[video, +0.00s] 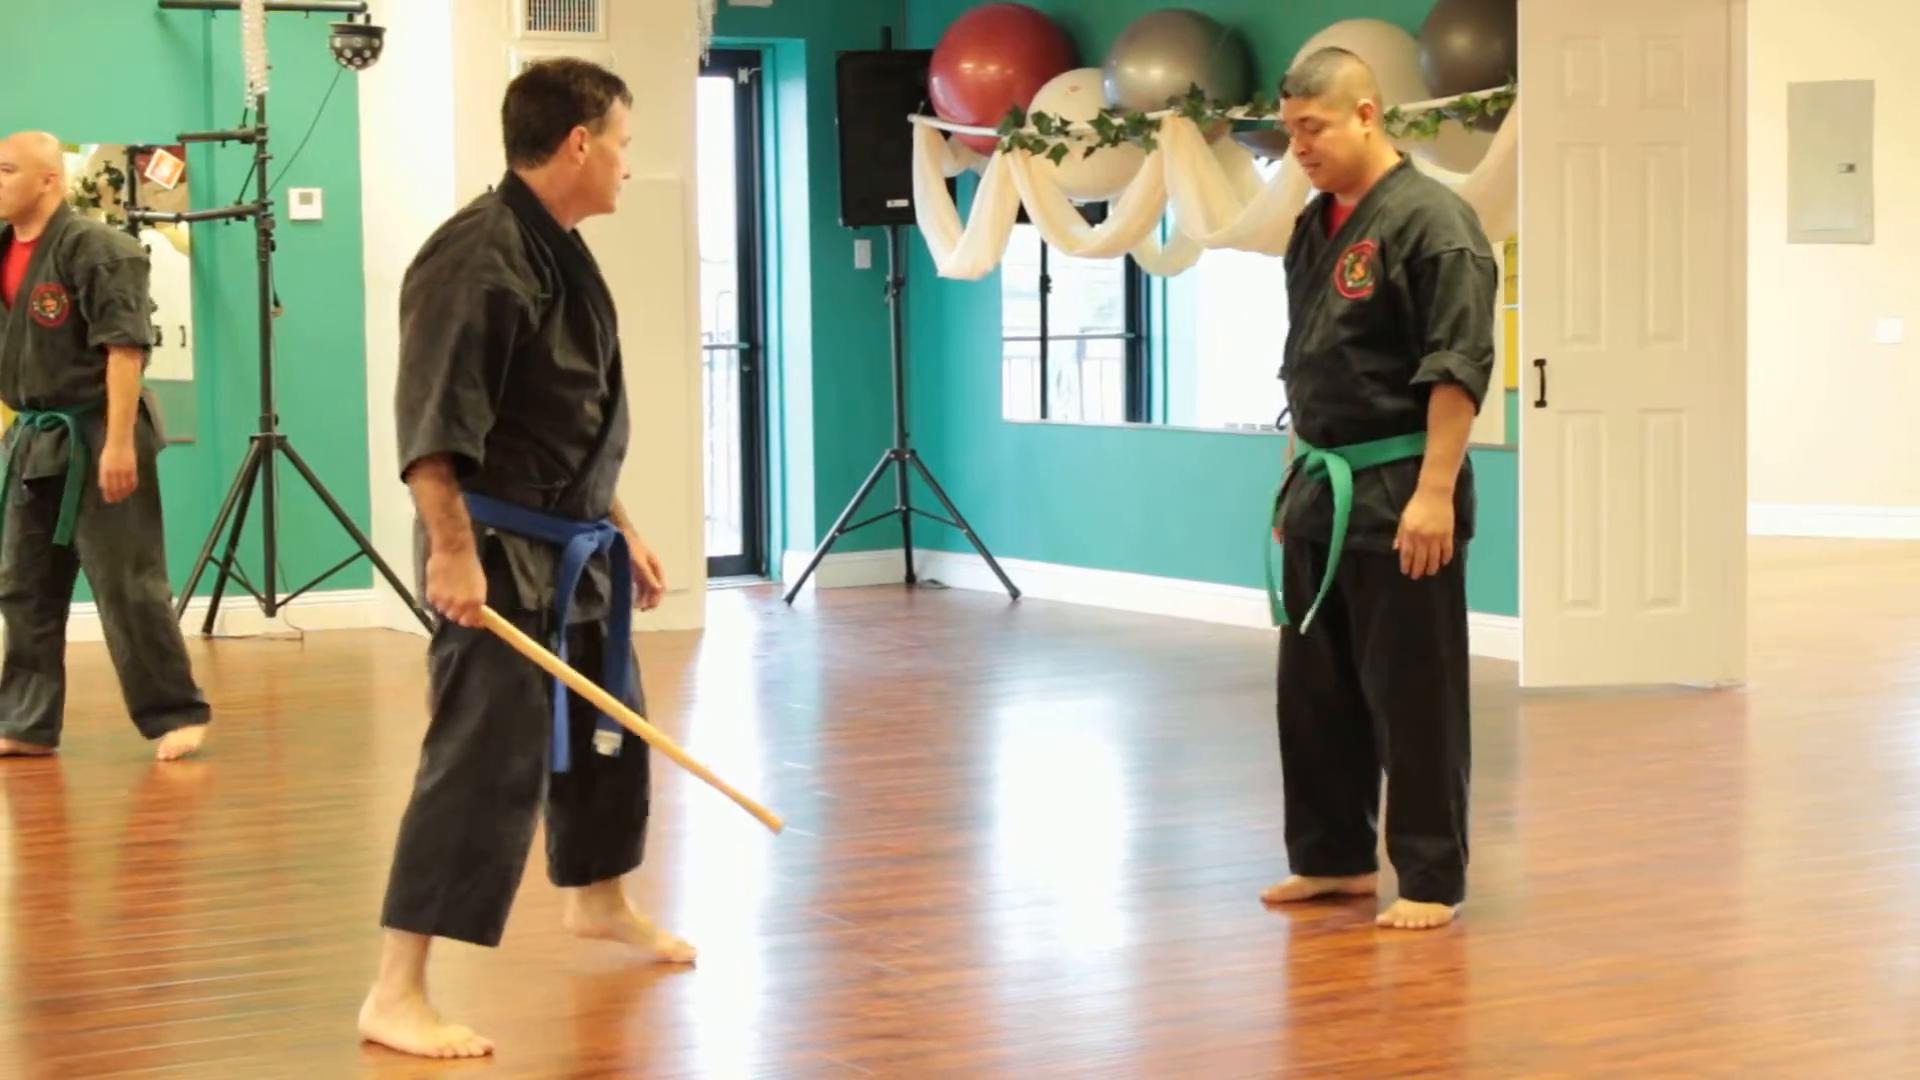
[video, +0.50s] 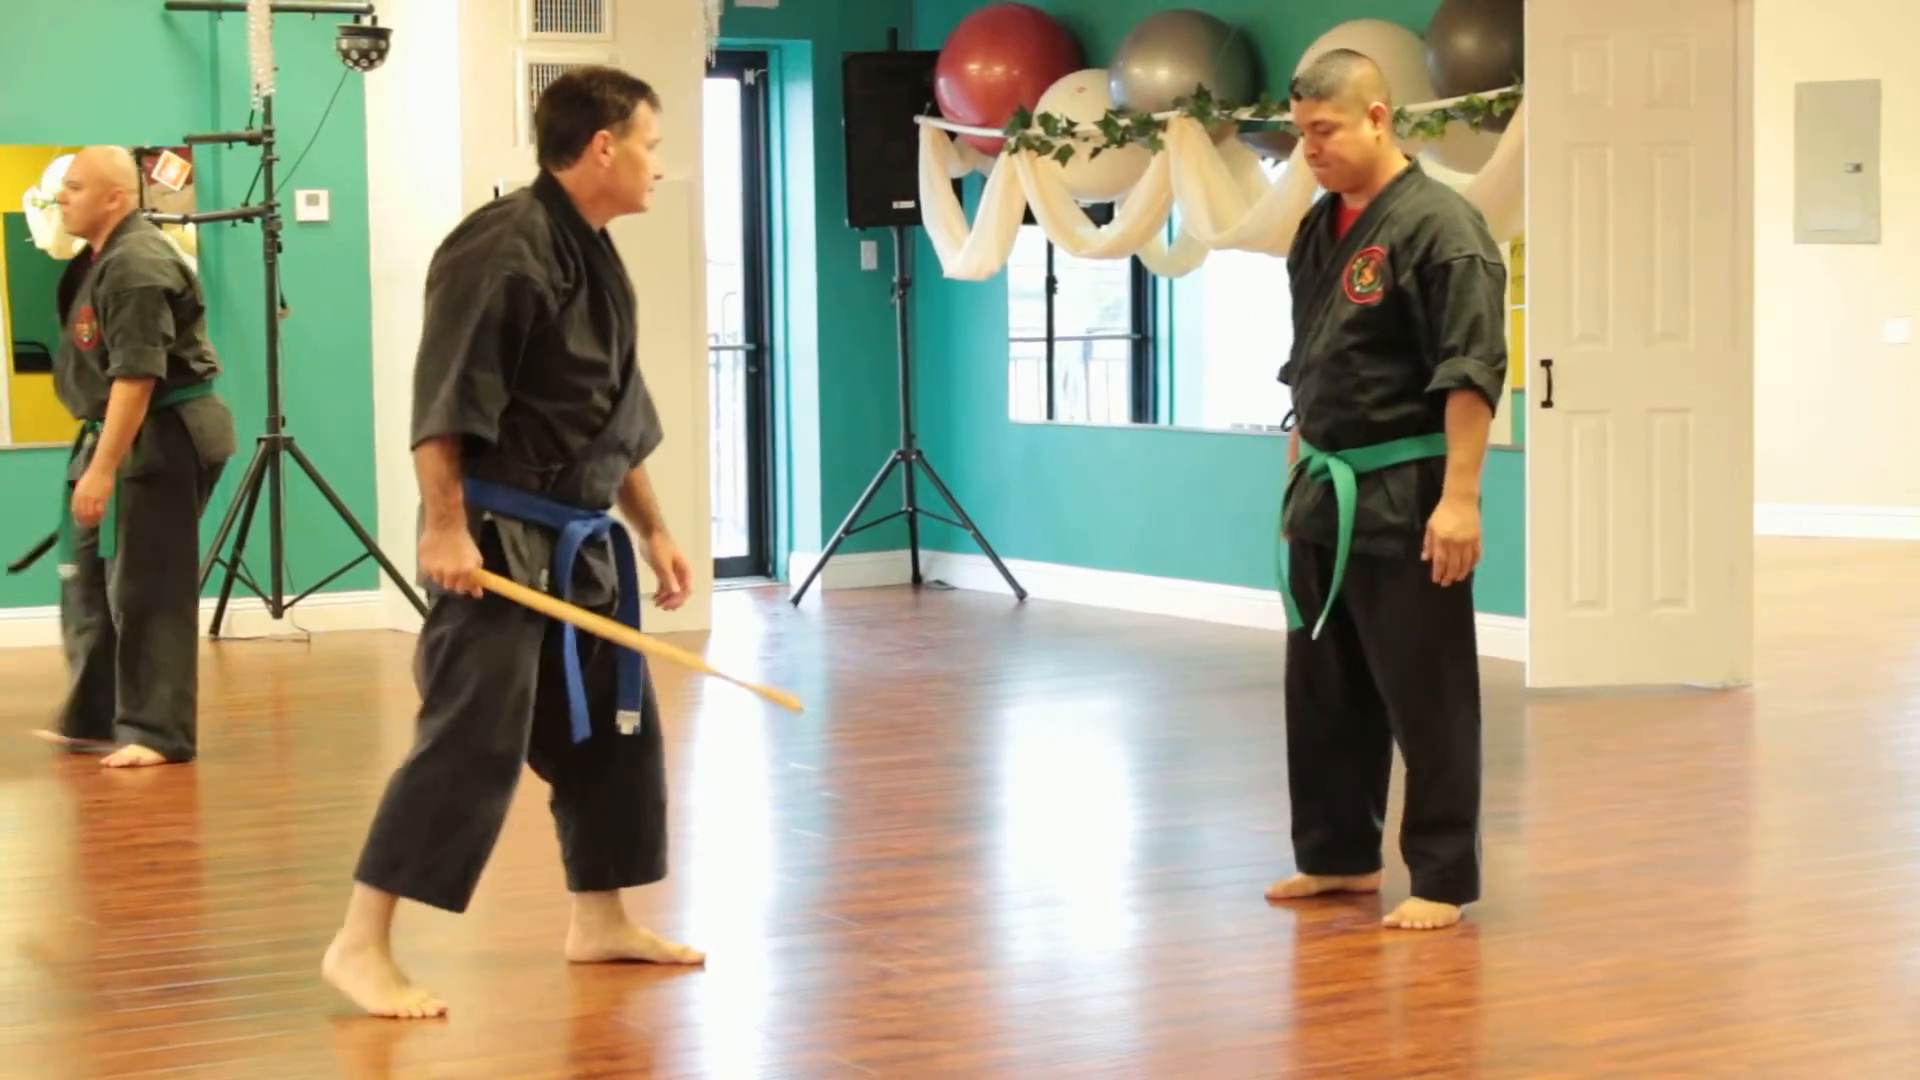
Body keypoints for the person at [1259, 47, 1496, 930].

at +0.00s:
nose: (1298, 149)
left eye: (1311, 130)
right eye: (1291, 134)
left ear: (1367, 116)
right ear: (1298, 133)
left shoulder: (1435, 218)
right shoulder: (1315, 222)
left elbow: (1458, 369)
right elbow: (1310, 361)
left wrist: (1436, 491)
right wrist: (1297, 469)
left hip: (1404, 475)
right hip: (1321, 475)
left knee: (1414, 687)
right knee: (1318, 679)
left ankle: (1430, 882)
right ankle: (1334, 862)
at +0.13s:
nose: (1309, 150)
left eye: (1323, 131)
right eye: (1302, 134)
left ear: (1378, 118)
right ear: (1306, 134)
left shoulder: (1446, 223)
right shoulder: (1326, 221)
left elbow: (1470, 375)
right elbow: (1329, 354)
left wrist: (1445, 497)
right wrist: (1321, 468)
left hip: (1415, 478)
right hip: (1334, 477)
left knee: (1424, 691)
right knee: (1324, 679)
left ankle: (1436, 884)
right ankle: (1339, 861)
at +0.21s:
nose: (1315, 151)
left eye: (1328, 133)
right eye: (1307, 136)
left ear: (1383, 118)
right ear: (1309, 134)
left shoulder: (1450, 224)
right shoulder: (1332, 218)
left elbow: (1474, 377)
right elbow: (1335, 352)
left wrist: (1453, 499)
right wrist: (1324, 467)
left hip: (1420, 478)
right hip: (1339, 476)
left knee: (1433, 688)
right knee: (1325, 672)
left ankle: (1441, 882)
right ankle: (1340, 854)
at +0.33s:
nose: (1317, 153)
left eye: (1331, 134)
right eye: (1309, 137)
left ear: (1387, 121)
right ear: (1310, 136)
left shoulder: (1452, 227)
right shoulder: (1331, 222)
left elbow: (1476, 378)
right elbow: (1331, 355)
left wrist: (1462, 501)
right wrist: (1321, 473)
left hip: (1419, 479)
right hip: (1337, 478)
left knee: (1437, 686)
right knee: (1330, 673)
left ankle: (1444, 881)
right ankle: (1341, 857)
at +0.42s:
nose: (1315, 153)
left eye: (1329, 134)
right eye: (1308, 137)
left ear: (1385, 120)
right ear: (1310, 137)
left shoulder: (1450, 227)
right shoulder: (1327, 226)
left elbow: (1475, 377)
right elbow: (1323, 360)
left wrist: (1465, 500)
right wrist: (1317, 472)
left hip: (1415, 481)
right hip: (1332, 479)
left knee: (1434, 690)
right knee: (1331, 679)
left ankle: (1445, 882)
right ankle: (1342, 859)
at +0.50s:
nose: (1309, 149)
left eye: (1323, 131)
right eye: (1302, 134)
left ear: (1378, 119)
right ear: (1306, 134)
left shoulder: (1443, 223)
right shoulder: (1319, 226)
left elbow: (1471, 374)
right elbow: (1310, 364)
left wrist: (1461, 497)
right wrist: (1299, 465)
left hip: (1409, 480)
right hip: (1325, 480)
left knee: (1429, 689)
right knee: (1327, 679)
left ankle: (1442, 884)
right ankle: (1340, 860)